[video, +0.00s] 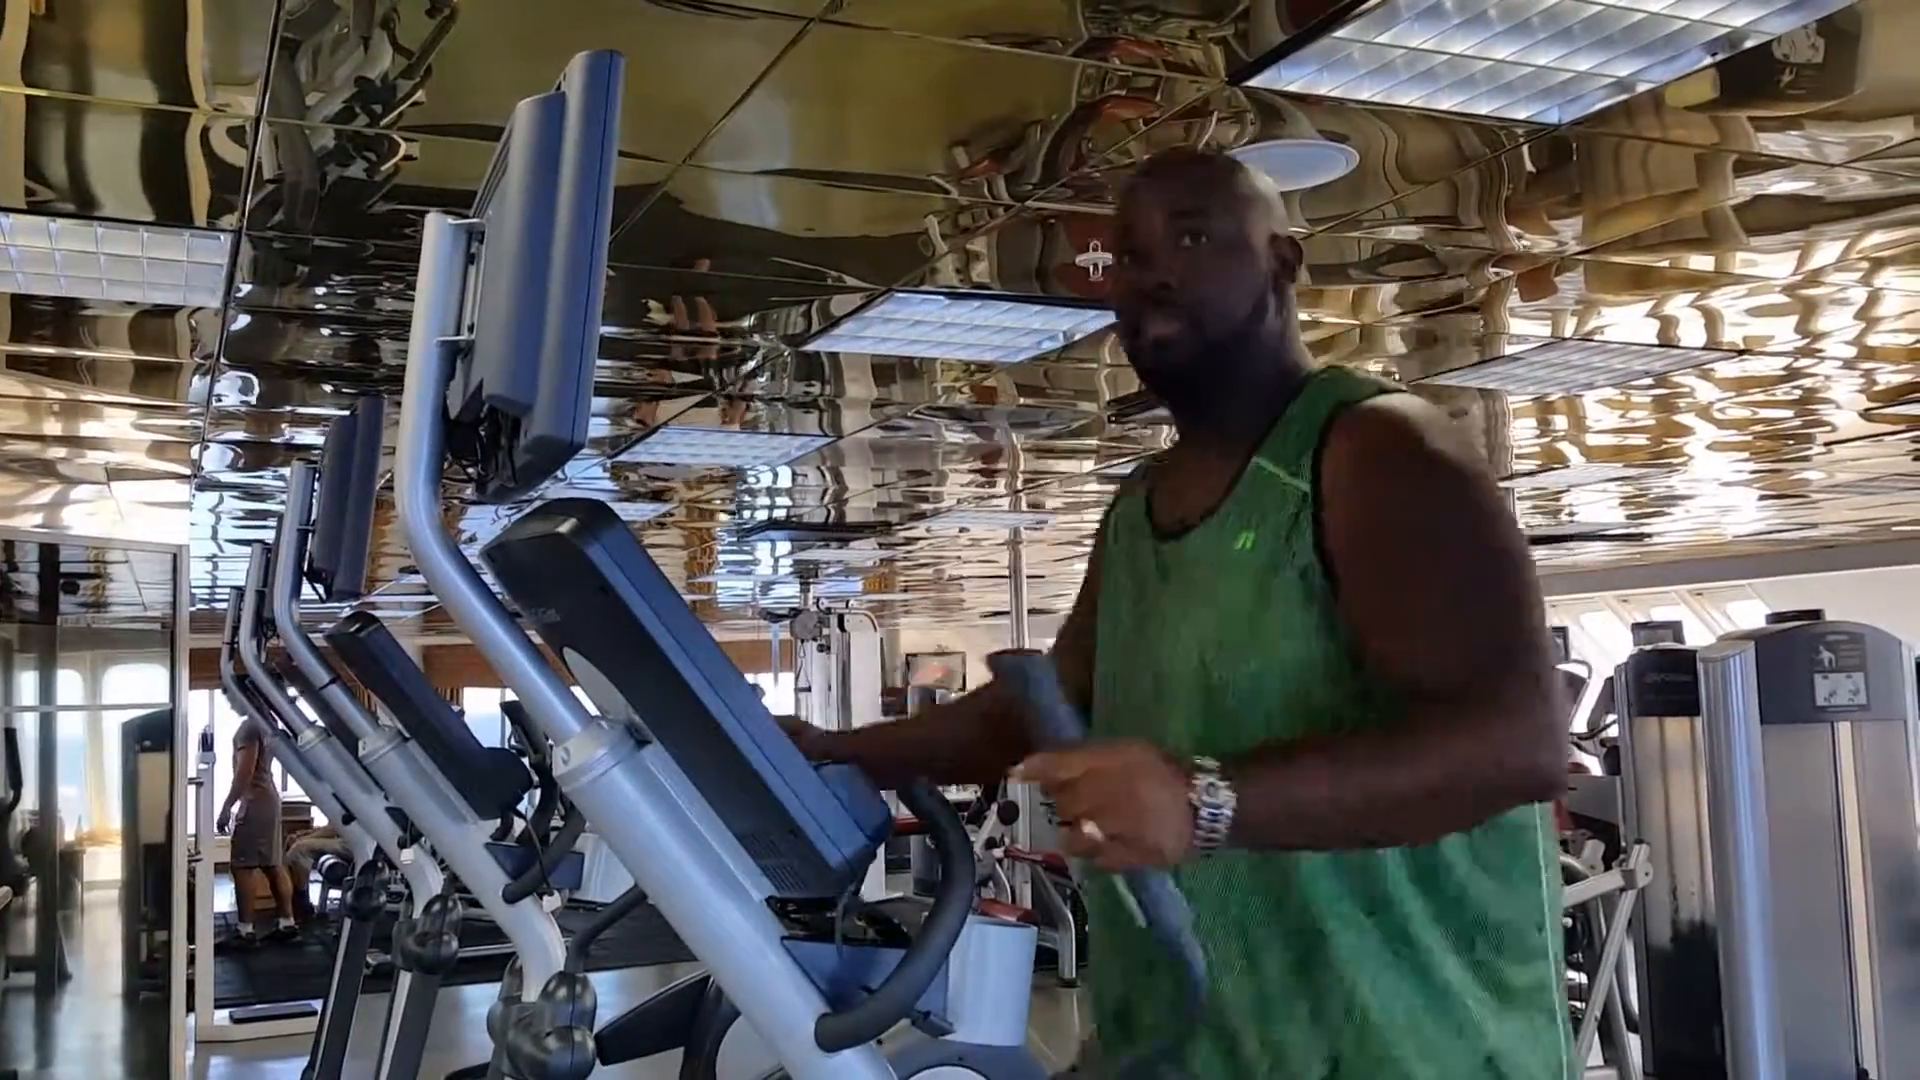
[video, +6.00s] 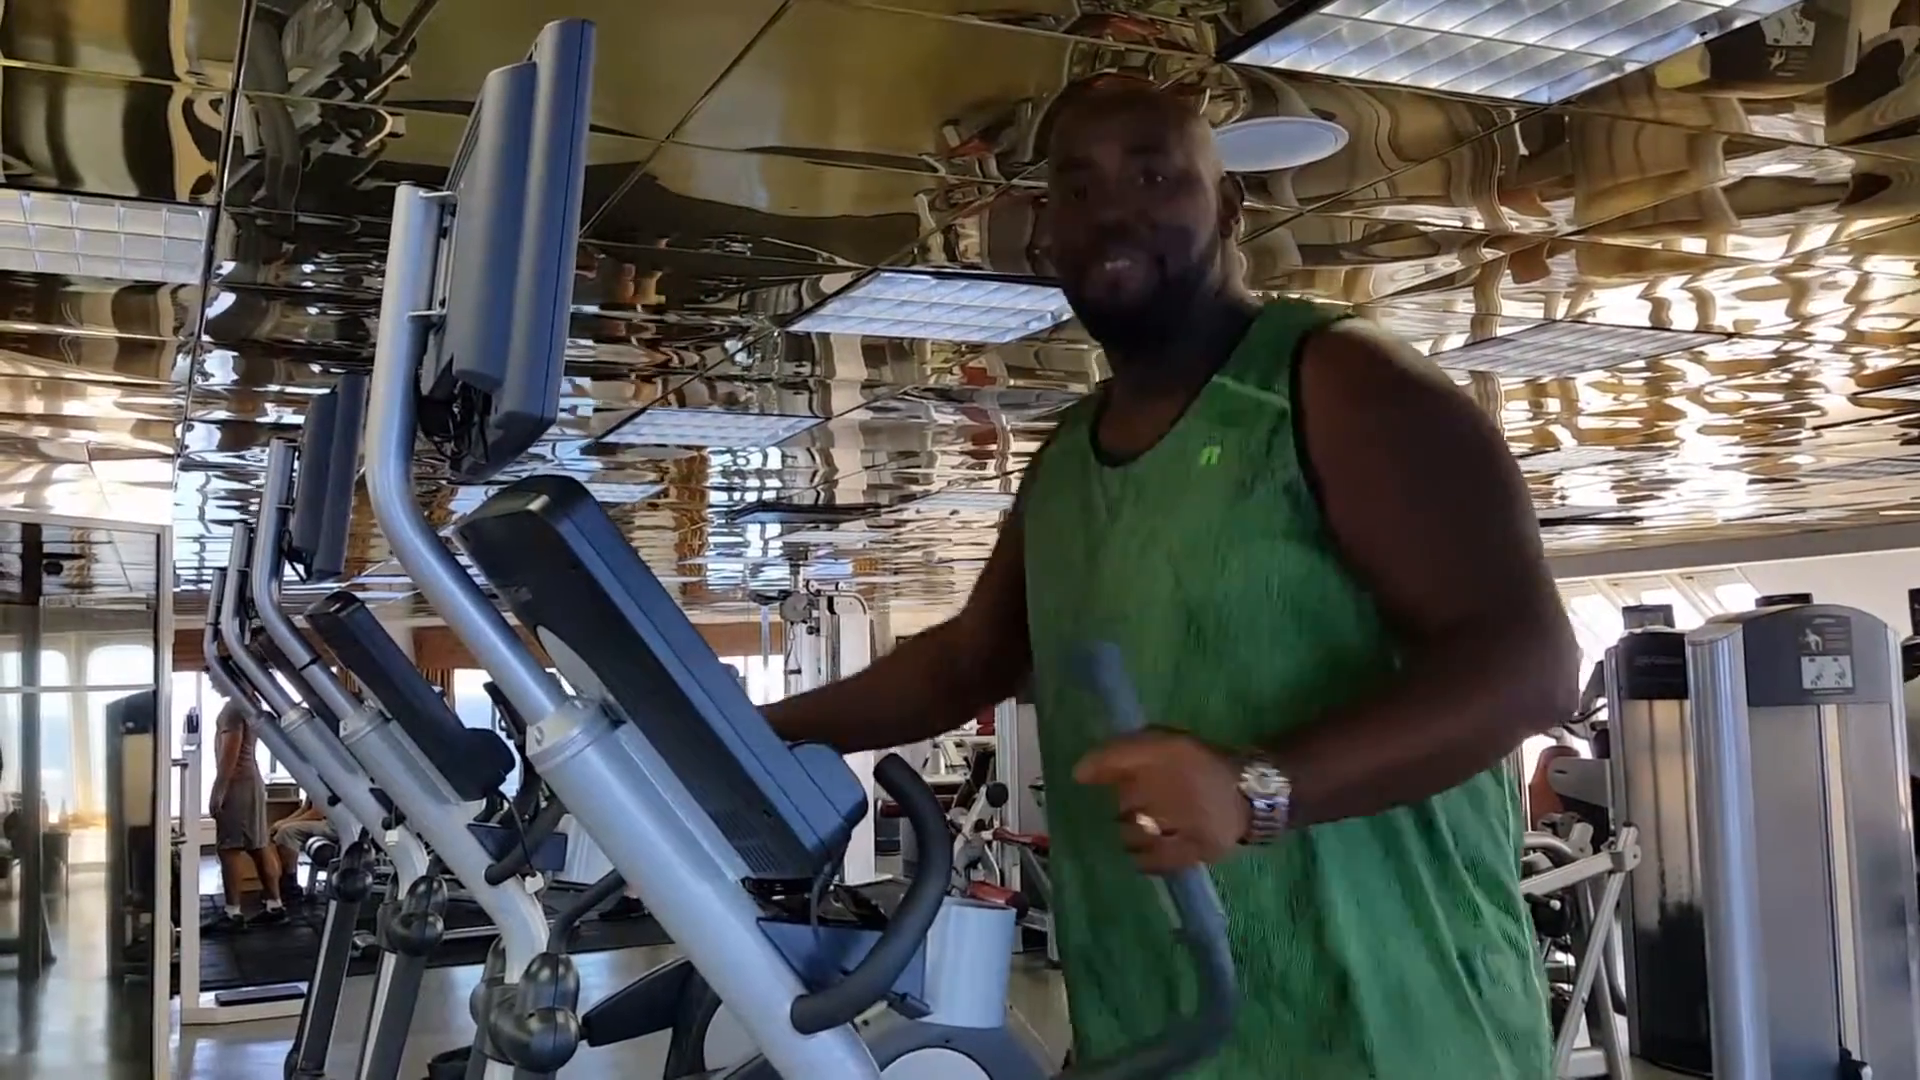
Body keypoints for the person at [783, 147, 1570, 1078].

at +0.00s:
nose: (1145, 276)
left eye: (1192, 236)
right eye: (1127, 255)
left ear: (1283, 265)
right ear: (1110, 290)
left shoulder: (1388, 460)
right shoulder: (1139, 512)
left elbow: (1517, 738)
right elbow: (1052, 712)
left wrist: (1210, 803)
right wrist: (842, 756)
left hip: (1407, 1046)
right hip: (1168, 1044)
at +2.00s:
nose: (1048, 330)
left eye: (1079, 291)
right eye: (1042, 300)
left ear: (1191, 294)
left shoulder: (1337, 453)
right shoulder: (1081, 512)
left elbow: (1485, 715)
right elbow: (1003, 720)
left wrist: (1256, 798)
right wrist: (812, 747)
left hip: (1345, 1017)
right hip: (1153, 1015)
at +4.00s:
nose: (1099, 221)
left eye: (1145, 198)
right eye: (1069, 200)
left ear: (1223, 239)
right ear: (1038, 252)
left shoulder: (1322, 398)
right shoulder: (1107, 443)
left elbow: (1297, 666)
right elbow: (1151, 698)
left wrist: (999, 766)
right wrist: (994, 755)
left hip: (1348, 1008)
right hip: (1153, 996)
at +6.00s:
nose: (1110, 206)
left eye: (1153, 174)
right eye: (1075, 184)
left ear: (1228, 211)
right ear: (1045, 232)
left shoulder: (1351, 386)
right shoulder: (1064, 463)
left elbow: (1528, 662)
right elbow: (969, 659)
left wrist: (1262, 791)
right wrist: (755, 733)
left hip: (1393, 1024)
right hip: (1142, 1028)